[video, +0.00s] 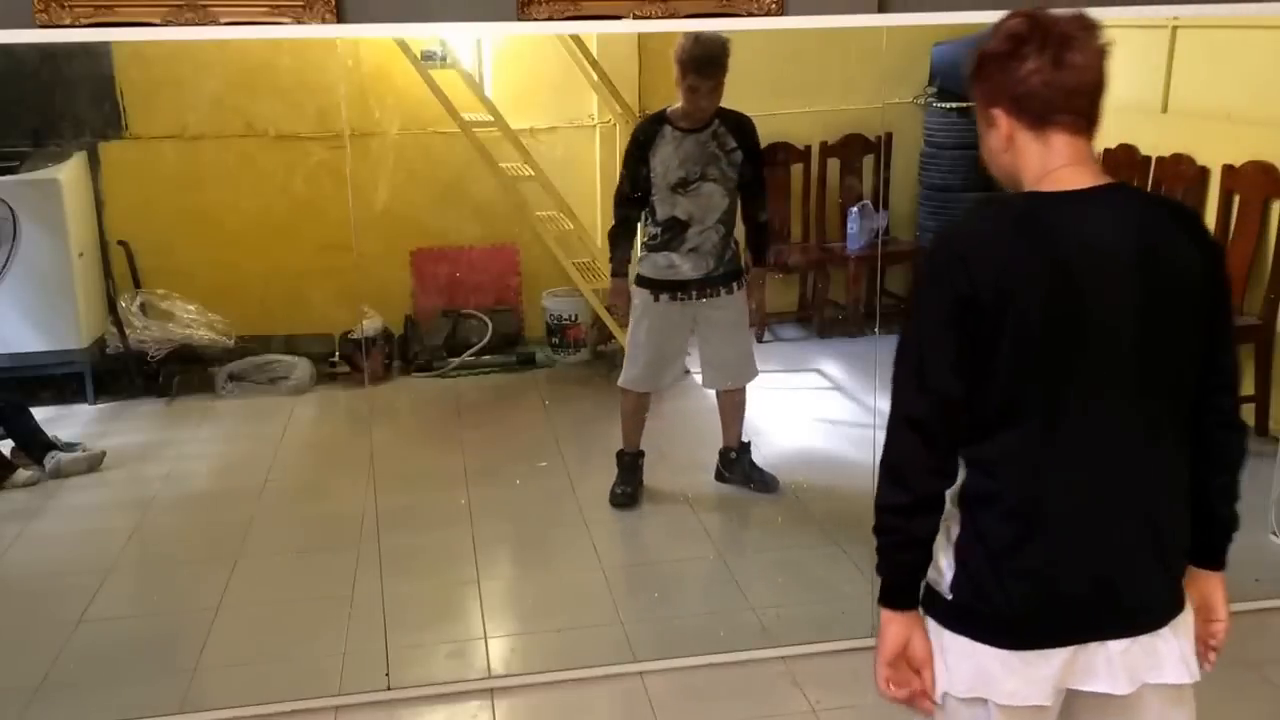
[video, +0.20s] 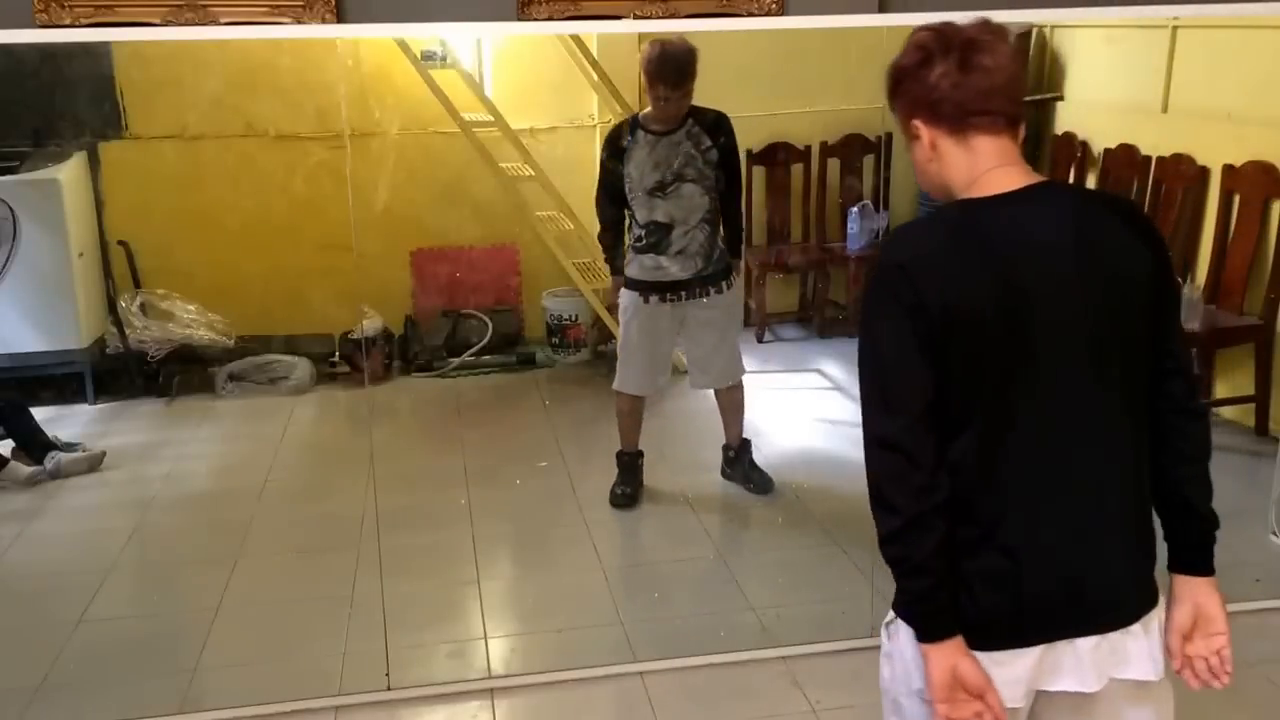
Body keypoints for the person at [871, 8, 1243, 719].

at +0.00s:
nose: (980, 144)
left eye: (979, 125)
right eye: (980, 125)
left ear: (999, 122)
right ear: (1089, 111)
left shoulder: (970, 252)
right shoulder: (1181, 238)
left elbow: (918, 442)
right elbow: (1218, 419)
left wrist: (899, 602)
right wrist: (1206, 562)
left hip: (1003, 611)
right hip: (1147, 604)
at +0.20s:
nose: (913, 157)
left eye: (908, 139)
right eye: (911, 139)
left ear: (924, 134)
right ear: (1015, 119)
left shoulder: (911, 263)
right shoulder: (1125, 230)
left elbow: (899, 463)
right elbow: (1175, 407)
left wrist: (938, 632)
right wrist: (1193, 568)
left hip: (969, 630)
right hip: (1118, 618)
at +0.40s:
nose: (916, 170)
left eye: (908, 150)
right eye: (911, 151)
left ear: (926, 142)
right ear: (1016, 122)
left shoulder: (916, 266)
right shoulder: (1134, 233)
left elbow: (941, 469)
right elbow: (1182, 412)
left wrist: (999, 640)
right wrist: (1191, 581)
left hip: (977, 633)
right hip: (1127, 620)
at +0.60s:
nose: (978, 176)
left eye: (972, 157)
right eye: (971, 159)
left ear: (992, 143)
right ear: (1077, 123)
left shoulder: (975, 256)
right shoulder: (1187, 238)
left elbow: (938, 450)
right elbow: (1214, 422)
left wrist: (918, 617)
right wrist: (1216, 574)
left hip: (1005, 618)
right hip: (1151, 611)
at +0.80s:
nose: (1017, 182)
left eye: (1011, 159)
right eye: (1011, 162)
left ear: (1029, 142)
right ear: (1125, 131)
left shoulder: (998, 249)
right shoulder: (1222, 244)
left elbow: (923, 416)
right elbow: (1218, 416)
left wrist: (882, 543)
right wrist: (1151, 490)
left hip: (1008, 608)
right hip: (1158, 608)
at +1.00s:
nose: (1007, 181)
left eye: (1001, 159)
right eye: (1003, 161)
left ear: (1019, 144)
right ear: (1114, 133)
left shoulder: (989, 254)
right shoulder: (1214, 245)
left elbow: (932, 436)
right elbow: (1199, 419)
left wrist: (936, 539)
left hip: (998, 616)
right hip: (1153, 615)